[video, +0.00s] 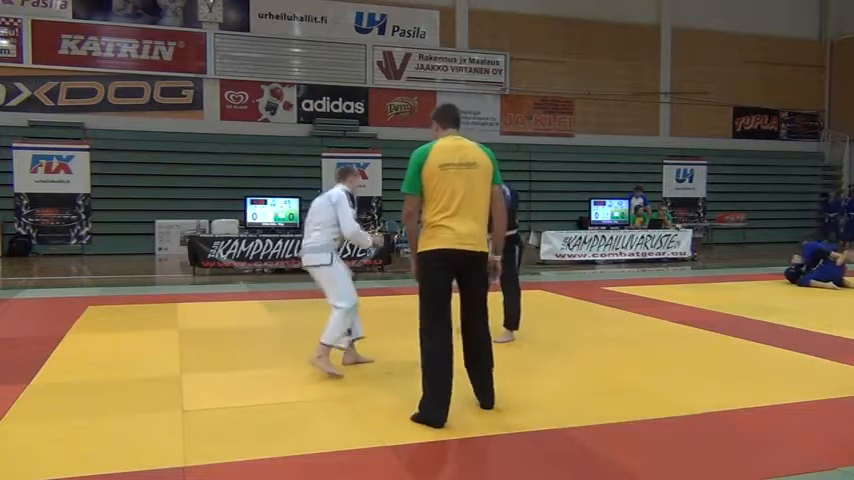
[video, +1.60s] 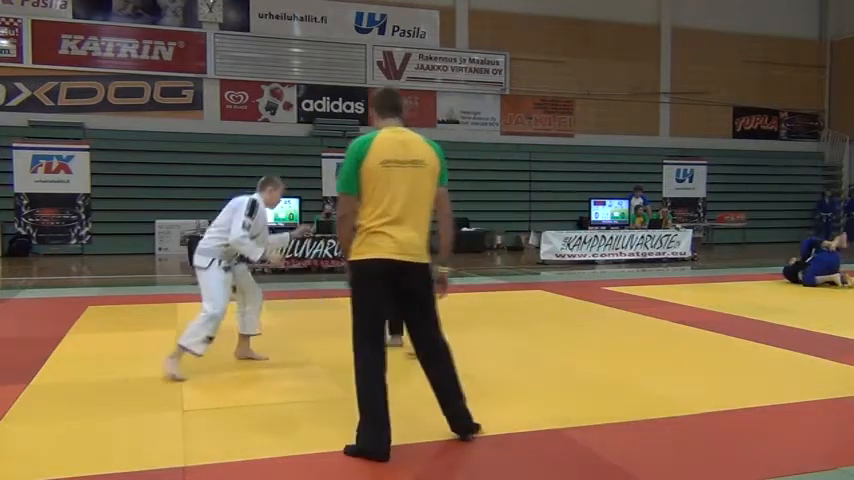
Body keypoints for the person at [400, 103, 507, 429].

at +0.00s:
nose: (431, 132)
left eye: (431, 128)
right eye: (433, 127)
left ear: (436, 126)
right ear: (459, 125)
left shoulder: (423, 155)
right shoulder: (485, 154)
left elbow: (410, 213)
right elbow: (499, 206)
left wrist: (415, 255)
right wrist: (496, 252)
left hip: (435, 251)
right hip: (474, 252)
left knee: (435, 328)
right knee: (476, 323)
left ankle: (434, 411)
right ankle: (486, 395)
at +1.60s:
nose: (367, 119)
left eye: (368, 113)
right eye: (372, 113)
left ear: (373, 113)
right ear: (404, 113)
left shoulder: (361, 147)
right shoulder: (431, 151)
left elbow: (346, 213)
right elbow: (444, 212)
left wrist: (349, 257)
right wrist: (444, 263)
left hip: (370, 264)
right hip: (415, 264)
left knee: (369, 352)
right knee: (430, 343)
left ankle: (374, 443)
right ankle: (462, 423)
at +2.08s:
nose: (321, 118)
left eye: (320, 113)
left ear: (322, 113)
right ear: (354, 111)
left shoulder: (317, 145)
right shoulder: (382, 147)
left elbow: (298, 211)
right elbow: (395, 208)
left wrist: (290, 265)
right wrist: (391, 259)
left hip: (334, 259)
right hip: (374, 259)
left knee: (348, 346)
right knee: (347, 343)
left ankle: (373, 442)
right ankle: (337, 426)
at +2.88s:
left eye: (227, 108)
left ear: (227, 109)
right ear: (258, 108)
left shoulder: (205, 146)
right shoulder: (285, 143)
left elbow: (191, 217)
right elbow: (304, 203)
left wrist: (194, 271)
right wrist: (307, 258)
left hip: (225, 265)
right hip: (276, 263)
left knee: (221, 355)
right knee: (294, 348)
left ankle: (219, 447)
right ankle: (323, 431)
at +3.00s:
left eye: (211, 103)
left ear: (211, 106)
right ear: (245, 105)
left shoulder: (190, 144)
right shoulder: (271, 138)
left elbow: (172, 211)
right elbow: (288, 203)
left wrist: (177, 263)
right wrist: (292, 259)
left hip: (213, 263)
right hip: (264, 262)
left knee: (215, 355)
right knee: (276, 350)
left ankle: (218, 447)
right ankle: (289, 442)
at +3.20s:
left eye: (198, 101)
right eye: (226, 101)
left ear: (195, 103)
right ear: (229, 102)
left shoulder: (173, 143)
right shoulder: (255, 136)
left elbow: (157, 213)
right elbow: (273, 205)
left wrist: (158, 264)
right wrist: (277, 259)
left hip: (197, 263)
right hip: (245, 262)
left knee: (204, 351)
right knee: (239, 348)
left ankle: (216, 449)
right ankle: (212, 445)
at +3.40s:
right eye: (220, 100)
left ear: (187, 101)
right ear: (222, 102)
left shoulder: (159, 141)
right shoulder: (242, 137)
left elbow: (147, 214)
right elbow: (262, 203)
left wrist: (158, 267)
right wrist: (269, 260)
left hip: (176, 264)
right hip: (224, 264)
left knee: (195, 360)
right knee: (205, 365)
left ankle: (218, 447)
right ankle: (181, 464)